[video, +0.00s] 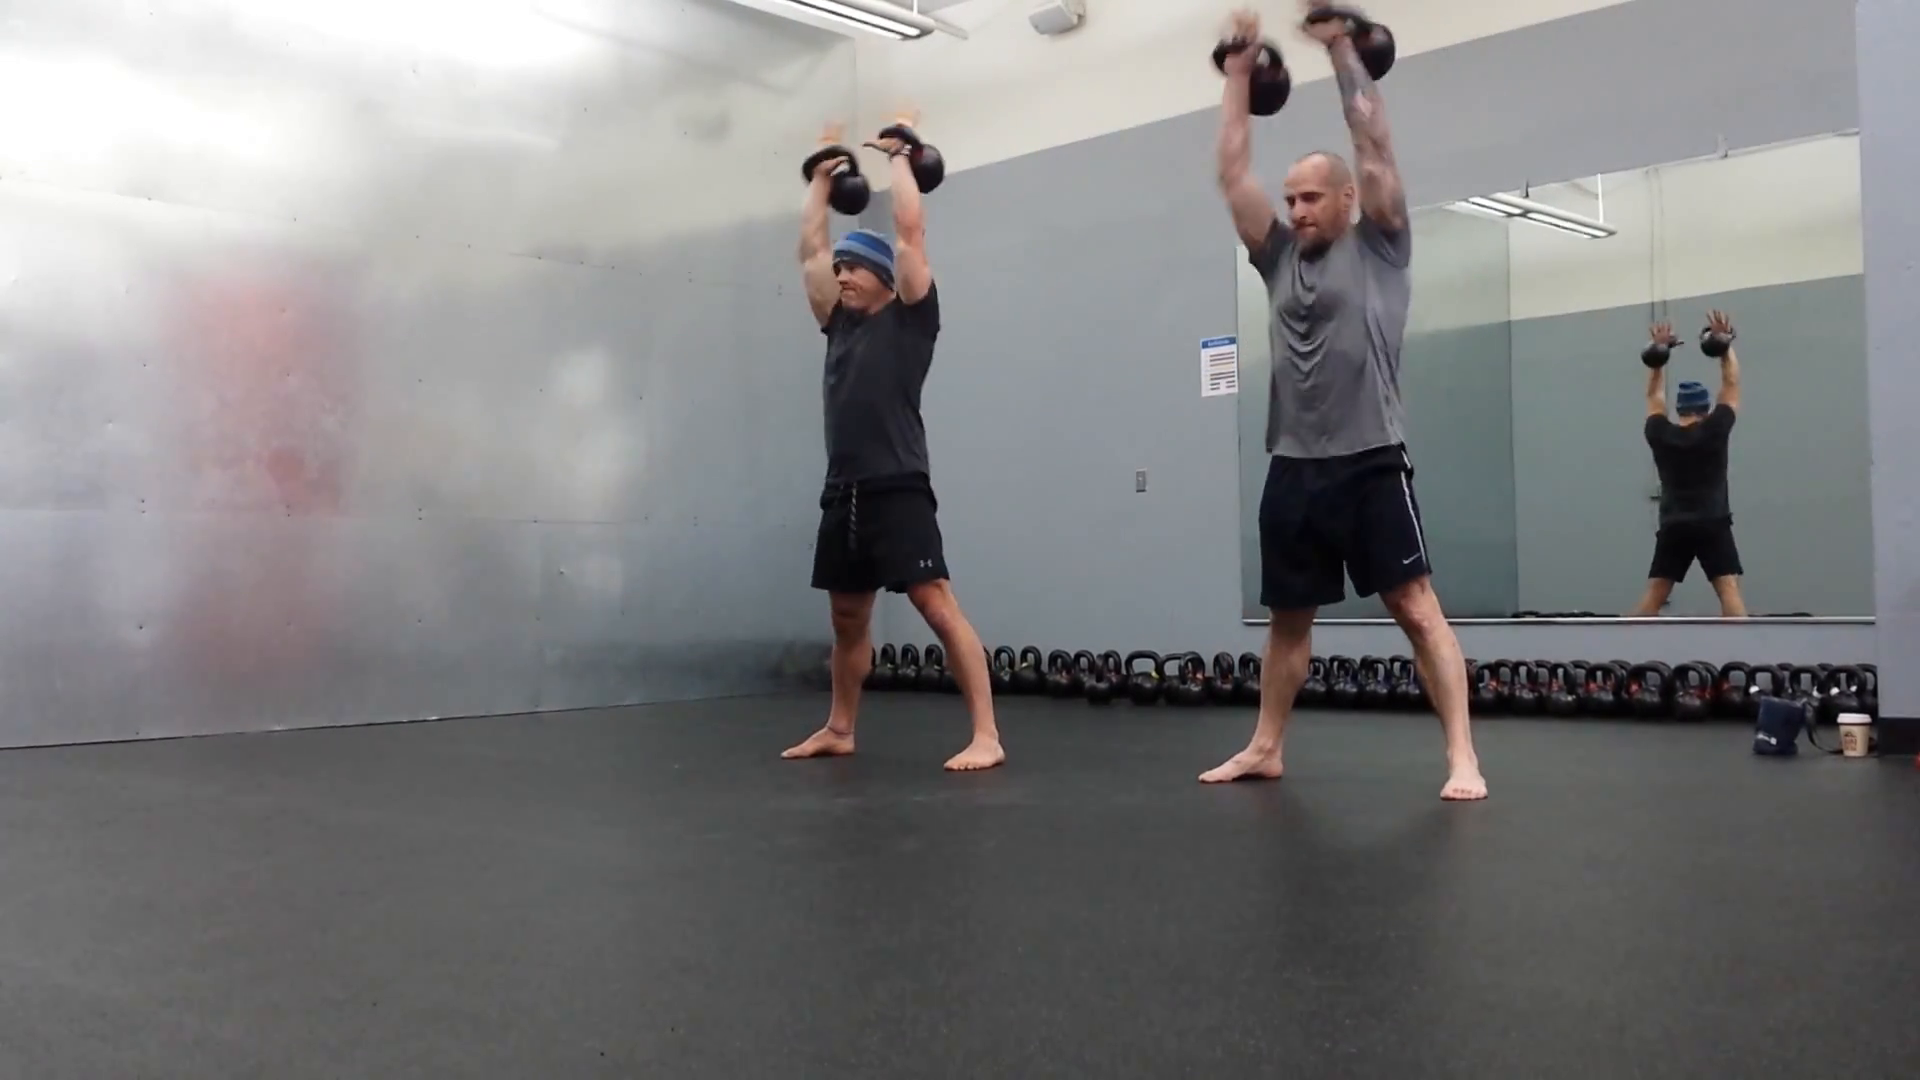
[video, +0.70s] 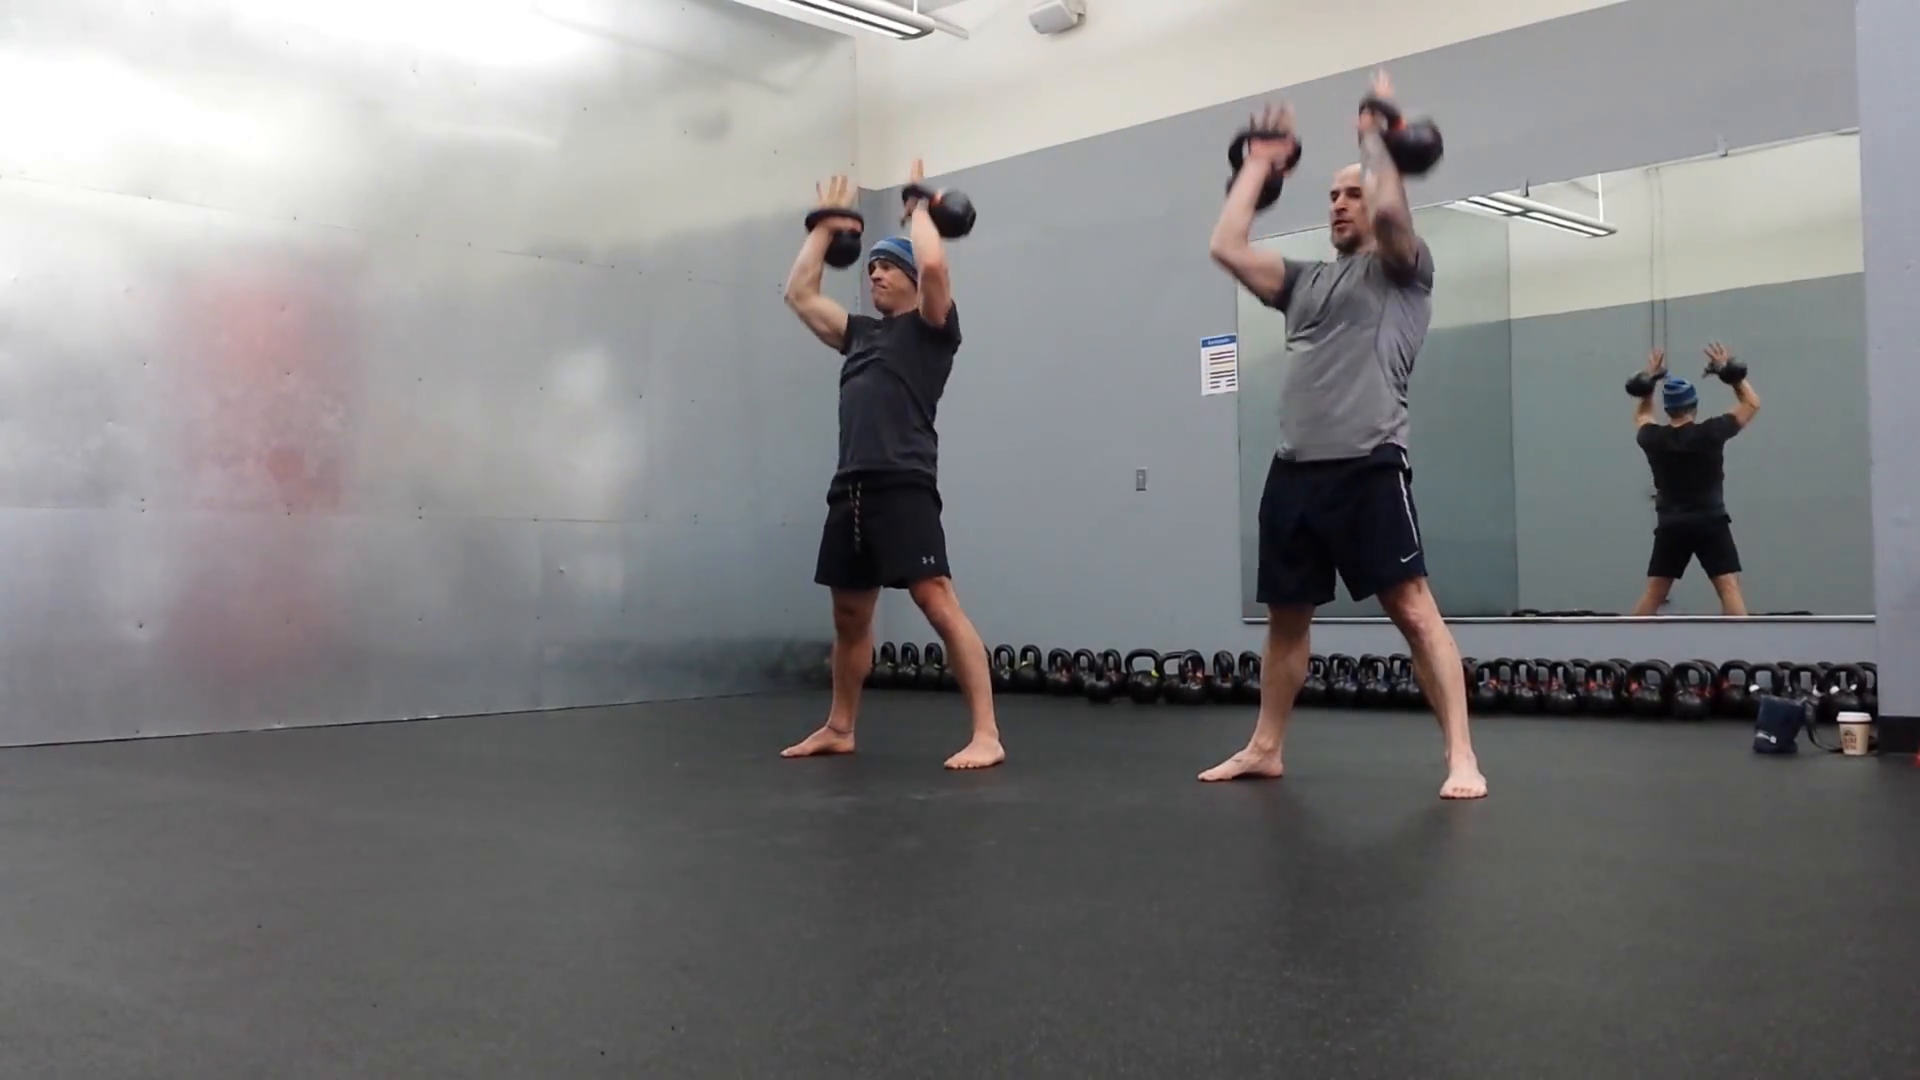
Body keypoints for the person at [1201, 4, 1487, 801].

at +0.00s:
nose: (1298, 209)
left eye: (1309, 197)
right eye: (1294, 200)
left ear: (1346, 198)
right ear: (1288, 208)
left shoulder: (1380, 248)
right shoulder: (1280, 257)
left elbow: (1376, 146)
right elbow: (1232, 171)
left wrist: (1340, 48)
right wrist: (1238, 71)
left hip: (1373, 461)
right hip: (1293, 466)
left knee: (1415, 607)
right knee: (1288, 617)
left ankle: (1462, 759)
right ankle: (1265, 747)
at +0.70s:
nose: (1339, 205)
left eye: (1353, 196)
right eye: (1333, 198)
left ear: (1380, 206)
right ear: (1325, 211)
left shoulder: (1403, 272)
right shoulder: (1304, 280)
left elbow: (1391, 220)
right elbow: (1228, 245)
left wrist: (1379, 144)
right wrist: (1256, 167)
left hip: (1371, 470)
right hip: (1296, 472)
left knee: (1414, 611)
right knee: (1285, 618)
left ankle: (1461, 760)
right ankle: (1264, 747)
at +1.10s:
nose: (1340, 206)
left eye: (1356, 195)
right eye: (1335, 197)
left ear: (1392, 209)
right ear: (1330, 213)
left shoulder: (1417, 284)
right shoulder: (1310, 295)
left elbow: (1395, 344)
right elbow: (1257, 363)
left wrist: (1362, 270)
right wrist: (1275, 278)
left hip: (1374, 474)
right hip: (1298, 474)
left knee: (1416, 612)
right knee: (1288, 617)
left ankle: (1462, 758)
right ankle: (1265, 747)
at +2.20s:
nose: (1349, 233)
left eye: (1360, 220)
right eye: (1341, 223)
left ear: (1394, 223)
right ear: (1335, 231)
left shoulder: (1426, 293)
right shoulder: (1320, 306)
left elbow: (1401, 361)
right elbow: (1292, 376)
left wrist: (1329, 383)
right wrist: (1238, 389)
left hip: (1412, 481)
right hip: (1337, 484)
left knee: (1443, 600)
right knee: (1272, 608)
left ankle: (1467, 757)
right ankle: (1262, 746)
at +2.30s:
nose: (1345, 259)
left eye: (1357, 246)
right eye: (1338, 249)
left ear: (1392, 248)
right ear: (1333, 255)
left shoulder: (1426, 320)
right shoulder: (1322, 328)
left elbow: (1406, 392)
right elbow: (1288, 397)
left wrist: (1363, 446)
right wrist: (1253, 446)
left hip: (1423, 496)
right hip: (1343, 498)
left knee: (1456, 598)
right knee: (1263, 606)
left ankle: (1470, 756)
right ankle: (1262, 746)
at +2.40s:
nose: (1319, 286)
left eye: (1331, 273)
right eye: (1313, 275)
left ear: (1366, 274)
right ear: (1310, 280)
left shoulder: (1411, 346)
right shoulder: (1305, 356)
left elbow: (1399, 455)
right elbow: (1291, 447)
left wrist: (1368, 535)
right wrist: (1282, 529)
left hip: (1425, 504)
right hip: (1348, 509)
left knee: (1461, 601)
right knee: (1252, 602)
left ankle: (1471, 755)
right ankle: (1260, 745)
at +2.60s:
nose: (1253, 383)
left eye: (1266, 367)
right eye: (1248, 369)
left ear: (1303, 363)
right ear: (1242, 374)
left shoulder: (1366, 428)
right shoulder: (1256, 454)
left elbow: (1390, 538)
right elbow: (1296, 540)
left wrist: (1401, 619)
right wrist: (1338, 614)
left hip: (1412, 532)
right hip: (1334, 546)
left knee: (1444, 613)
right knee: (1228, 612)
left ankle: (1467, 756)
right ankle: (1260, 747)